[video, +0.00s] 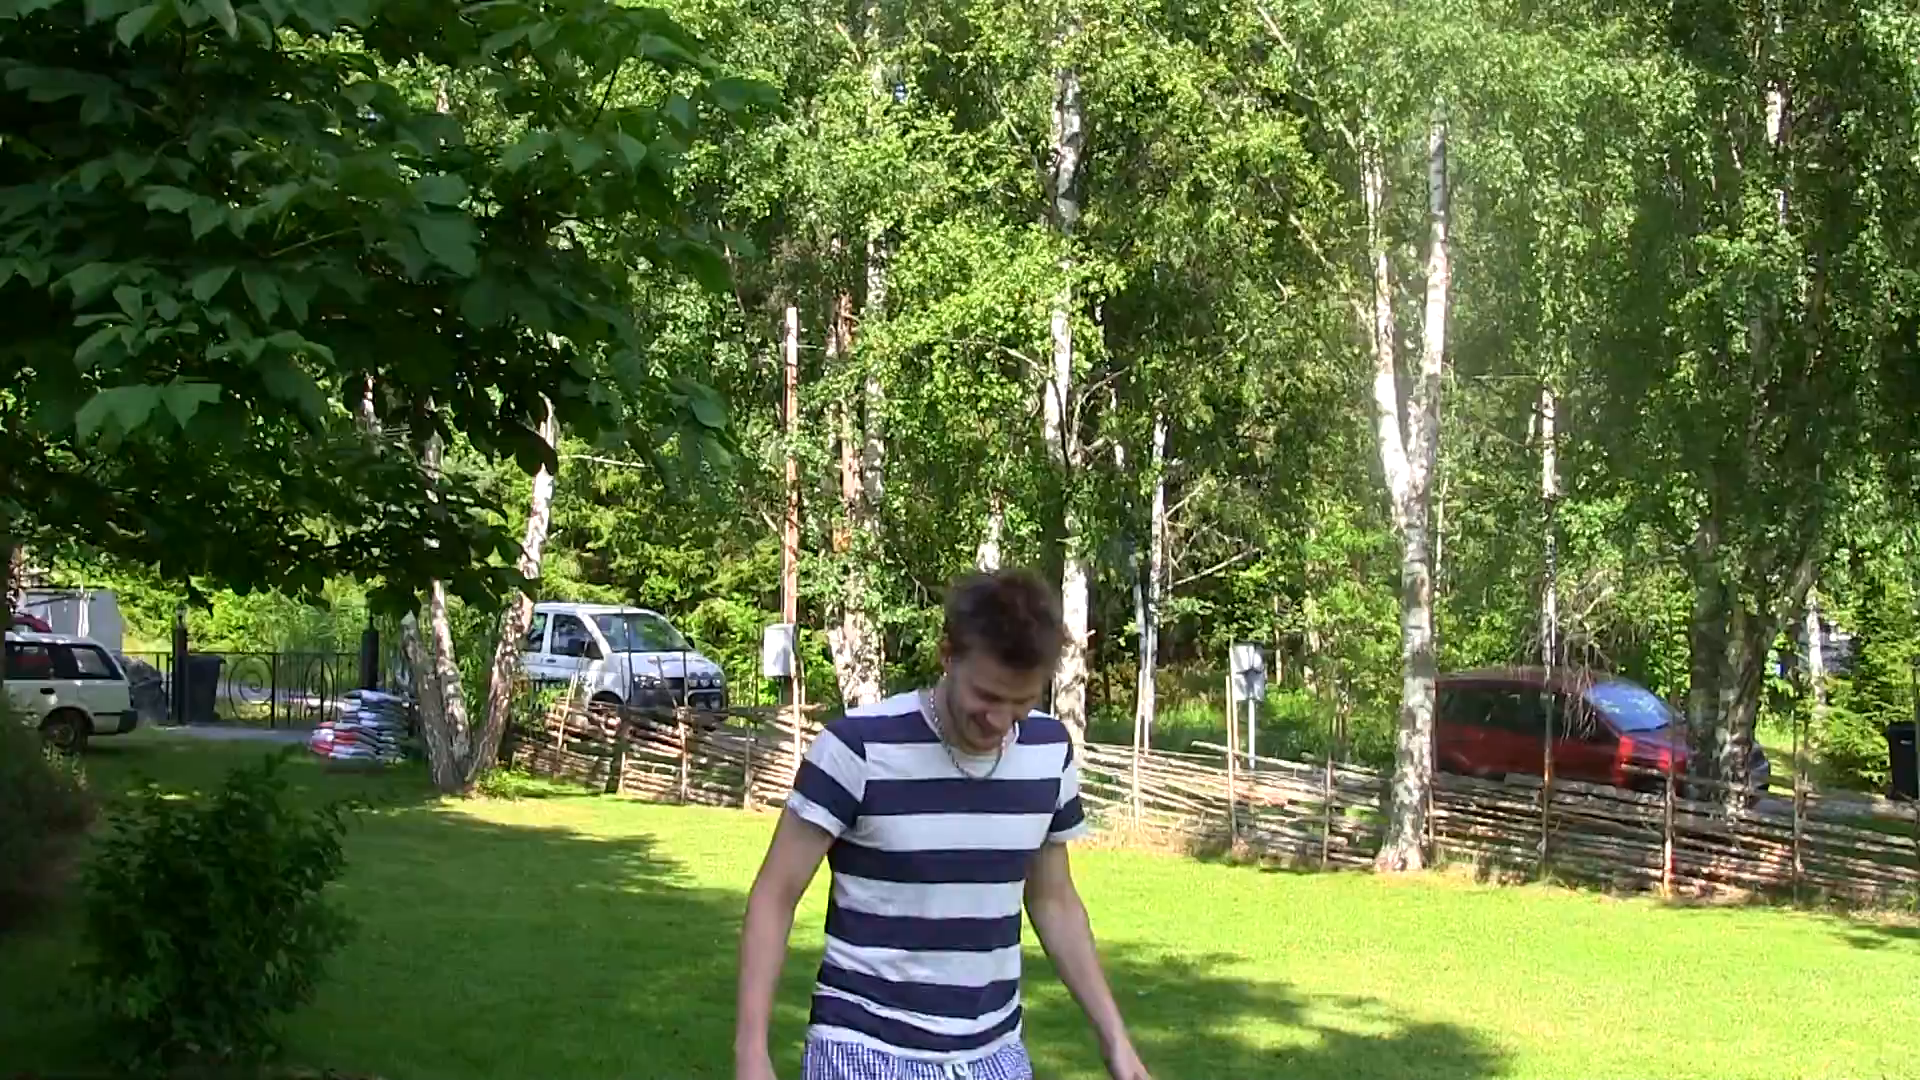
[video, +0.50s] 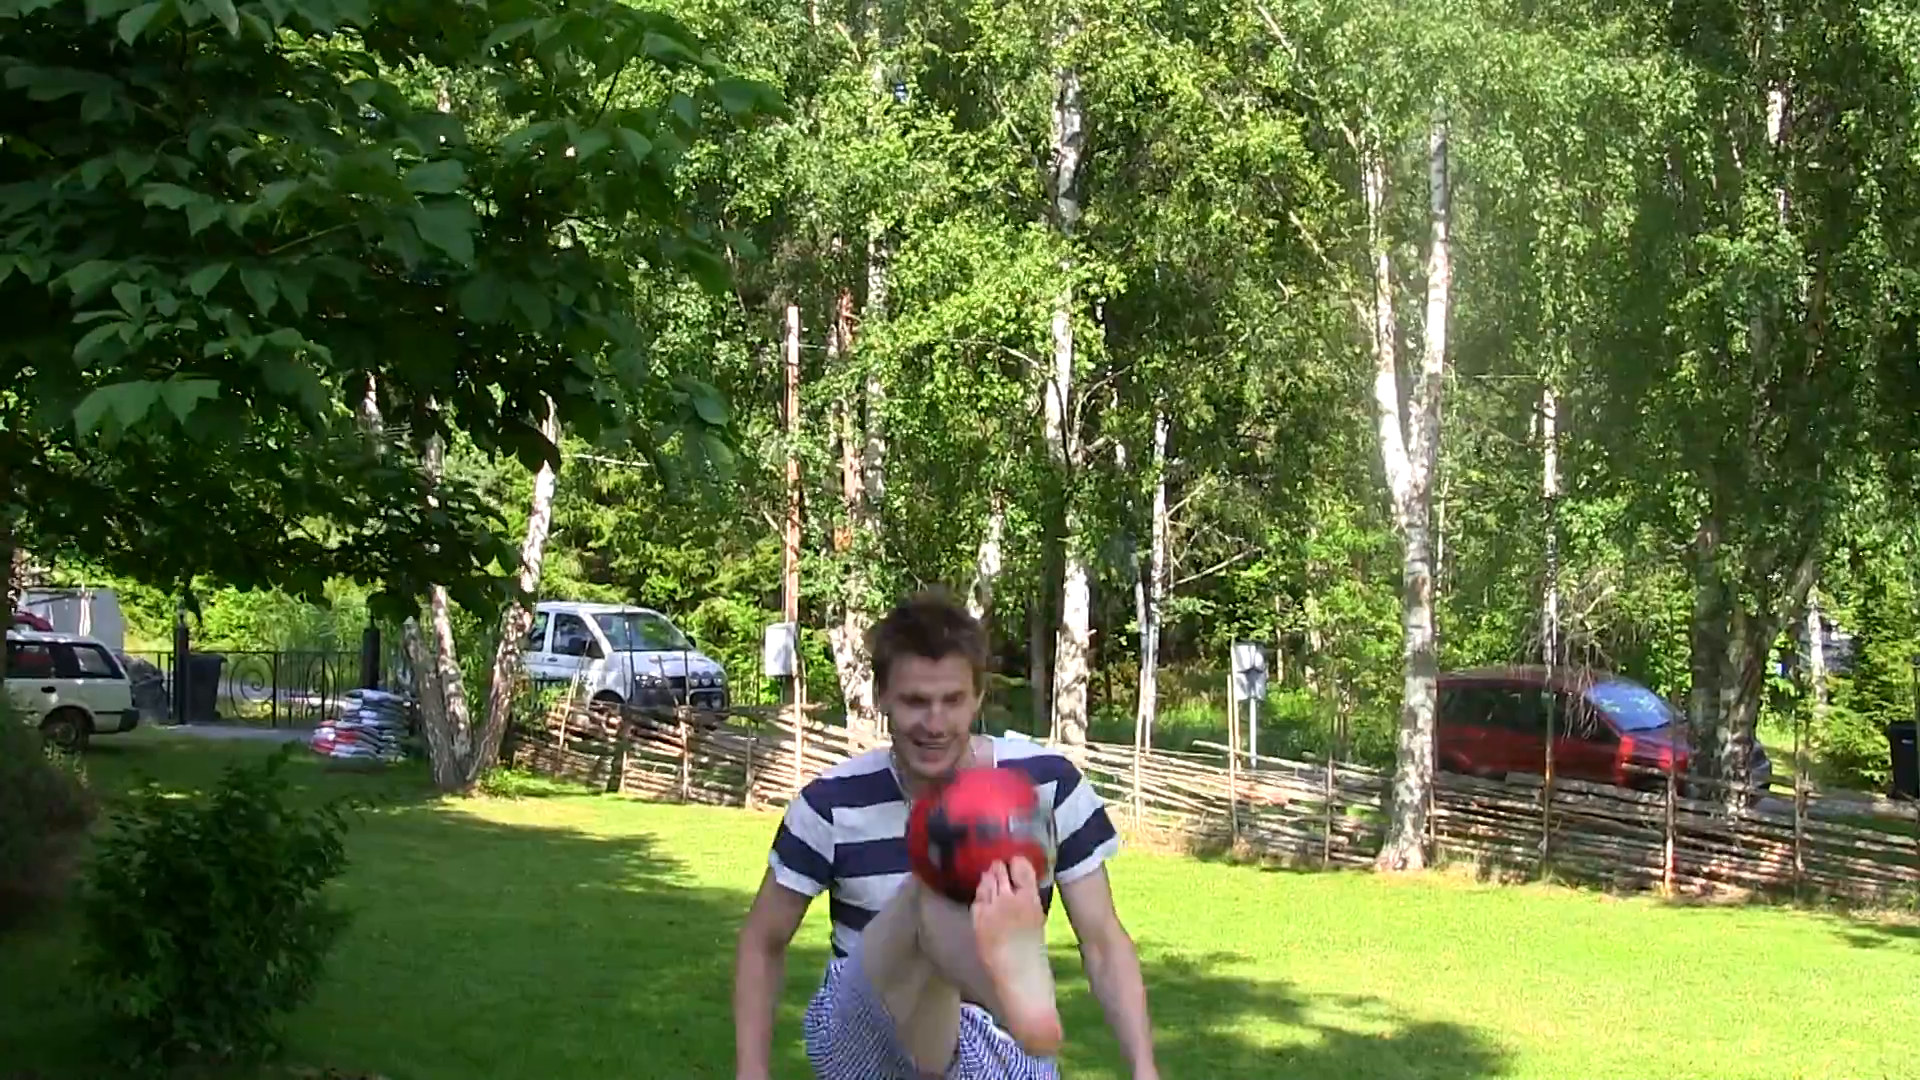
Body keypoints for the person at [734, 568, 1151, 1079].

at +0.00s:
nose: (1000, 720)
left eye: (1022, 702)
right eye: (985, 696)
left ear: (1043, 683)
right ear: (947, 655)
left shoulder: (1047, 750)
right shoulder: (857, 746)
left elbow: (1053, 897)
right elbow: (774, 895)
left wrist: (1116, 1040)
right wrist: (751, 1054)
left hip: (992, 1056)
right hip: (867, 1054)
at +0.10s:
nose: (1000, 716)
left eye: (1023, 698)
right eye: (984, 692)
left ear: (1044, 680)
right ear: (947, 657)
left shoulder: (1053, 754)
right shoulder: (857, 748)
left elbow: (1069, 901)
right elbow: (781, 901)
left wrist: (1135, 1041)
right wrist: (757, 1056)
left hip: (997, 1056)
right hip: (870, 1053)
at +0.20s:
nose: (991, 715)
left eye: (1012, 695)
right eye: (974, 692)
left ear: (1033, 680)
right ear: (936, 659)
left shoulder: (1054, 756)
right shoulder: (858, 753)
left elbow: (1079, 907)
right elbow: (782, 903)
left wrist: (1149, 1043)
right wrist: (761, 1056)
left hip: (998, 1046)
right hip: (876, 1038)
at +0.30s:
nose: (973, 718)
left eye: (995, 697)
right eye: (955, 694)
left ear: (1017, 680)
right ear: (920, 670)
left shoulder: (1056, 761)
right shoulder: (855, 766)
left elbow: (1090, 916)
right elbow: (780, 914)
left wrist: (1153, 1041)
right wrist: (764, 1059)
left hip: (1000, 1033)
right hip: (881, 1010)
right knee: (953, 1074)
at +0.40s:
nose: (950, 728)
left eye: (971, 706)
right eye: (932, 705)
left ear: (997, 694)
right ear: (902, 690)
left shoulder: (1055, 776)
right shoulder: (845, 789)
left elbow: (1104, 933)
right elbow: (768, 936)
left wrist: (1151, 1057)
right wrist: (763, 1071)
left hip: (998, 1033)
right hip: (864, 1034)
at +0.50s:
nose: (935, 723)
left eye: (954, 700)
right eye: (914, 702)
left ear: (979, 697)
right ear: (881, 700)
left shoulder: (1048, 782)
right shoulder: (832, 803)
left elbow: (1105, 944)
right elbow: (764, 944)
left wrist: (1145, 1067)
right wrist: (753, 1071)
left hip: (1000, 1045)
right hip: (871, 1049)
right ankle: (1019, 988)